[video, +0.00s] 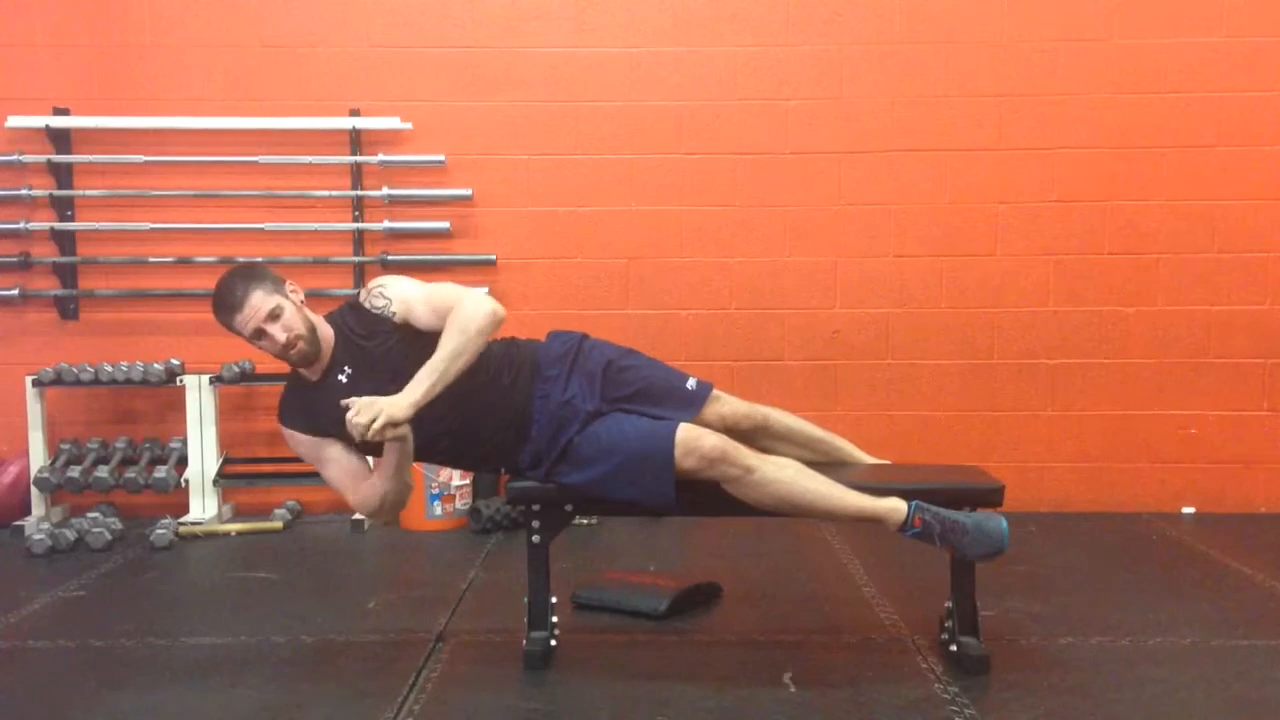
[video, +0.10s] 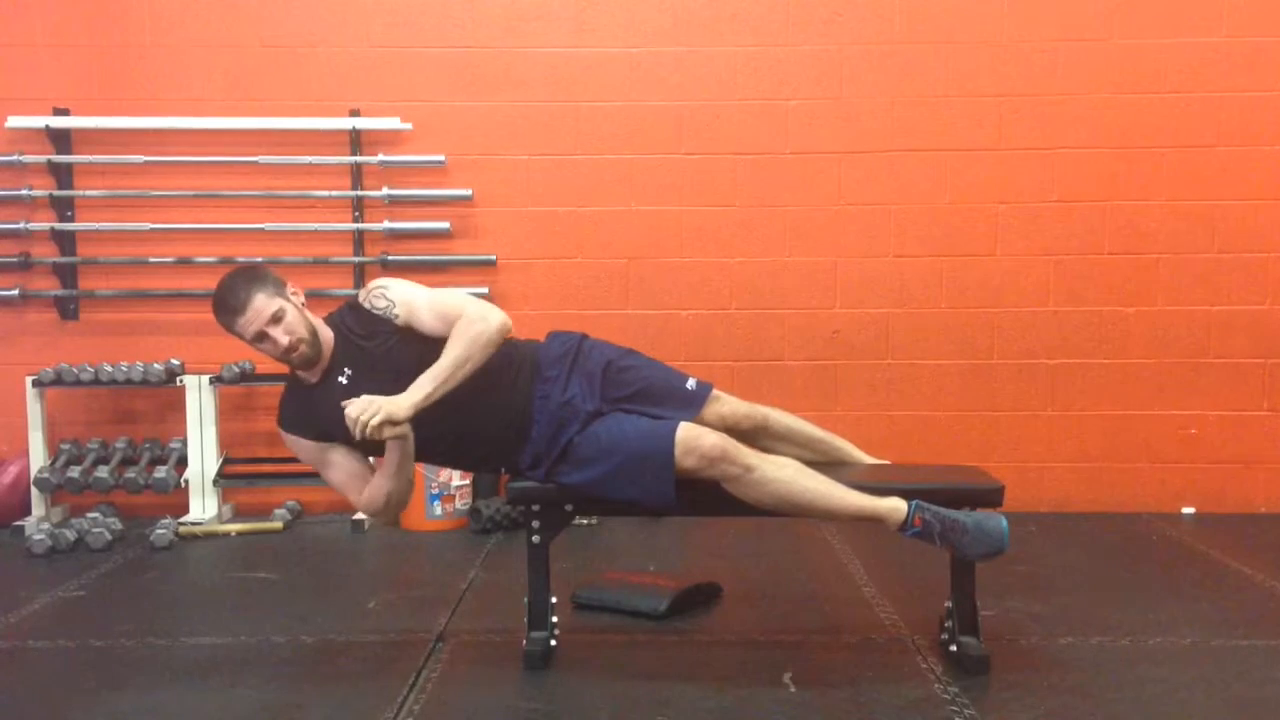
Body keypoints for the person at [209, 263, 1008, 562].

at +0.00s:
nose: (280, 332)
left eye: (276, 310)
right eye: (259, 334)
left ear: (295, 291)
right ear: (252, 350)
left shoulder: (371, 301)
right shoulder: (305, 421)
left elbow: (483, 312)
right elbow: (378, 507)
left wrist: (405, 401)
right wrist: (394, 441)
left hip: (569, 369)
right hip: (547, 451)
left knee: (739, 416)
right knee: (708, 453)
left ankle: (906, 492)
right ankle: (913, 519)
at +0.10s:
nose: (281, 336)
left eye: (278, 314)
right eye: (260, 338)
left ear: (296, 294)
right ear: (251, 353)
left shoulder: (372, 302)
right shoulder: (303, 423)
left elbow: (488, 323)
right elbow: (383, 506)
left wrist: (405, 403)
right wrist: (394, 438)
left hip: (570, 369)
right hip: (547, 452)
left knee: (739, 416)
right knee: (707, 452)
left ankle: (909, 492)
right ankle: (914, 519)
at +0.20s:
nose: (283, 338)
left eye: (279, 317)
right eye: (262, 340)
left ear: (297, 295)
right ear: (252, 353)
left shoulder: (373, 301)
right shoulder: (303, 422)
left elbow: (491, 329)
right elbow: (377, 508)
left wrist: (405, 403)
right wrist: (391, 435)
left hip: (571, 370)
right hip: (547, 452)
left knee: (740, 417)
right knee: (707, 451)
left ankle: (911, 494)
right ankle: (914, 519)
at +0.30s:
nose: (283, 339)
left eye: (279, 318)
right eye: (262, 341)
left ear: (297, 295)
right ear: (251, 352)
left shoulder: (373, 301)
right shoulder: (299, 421)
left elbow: (491, 333)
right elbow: (365, 507)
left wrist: (403, 402)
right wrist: (390, 436)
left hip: (571, 370)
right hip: (546, 452)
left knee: (740, 417)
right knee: (708, 452)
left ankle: (910, 497)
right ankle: (912, 519)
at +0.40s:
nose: (281, 335)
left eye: (278, 313)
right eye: (259, 336)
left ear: (297, 293)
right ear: (250, 350)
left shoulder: (374, 301)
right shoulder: (299, 420)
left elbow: (491, 334)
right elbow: (363, 506)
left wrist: (402, 403)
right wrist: (387, 435)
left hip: (572, 370)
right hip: (546, 452)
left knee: (742, 417)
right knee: (708, 452)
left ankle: (911, 498)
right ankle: (913, 519)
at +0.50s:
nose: (281, 333)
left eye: (278, 311)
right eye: (259, 334)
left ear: (298, 293)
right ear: (250, 349)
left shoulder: (374, 301)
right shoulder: (298, 420)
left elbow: (488, 336)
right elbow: (364, 507)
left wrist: (398, 407)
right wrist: (387, 437)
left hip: (571, 370)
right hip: (545, 452)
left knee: (741, 416)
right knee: (708, 452)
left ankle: (911, 498)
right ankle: (912, 520)